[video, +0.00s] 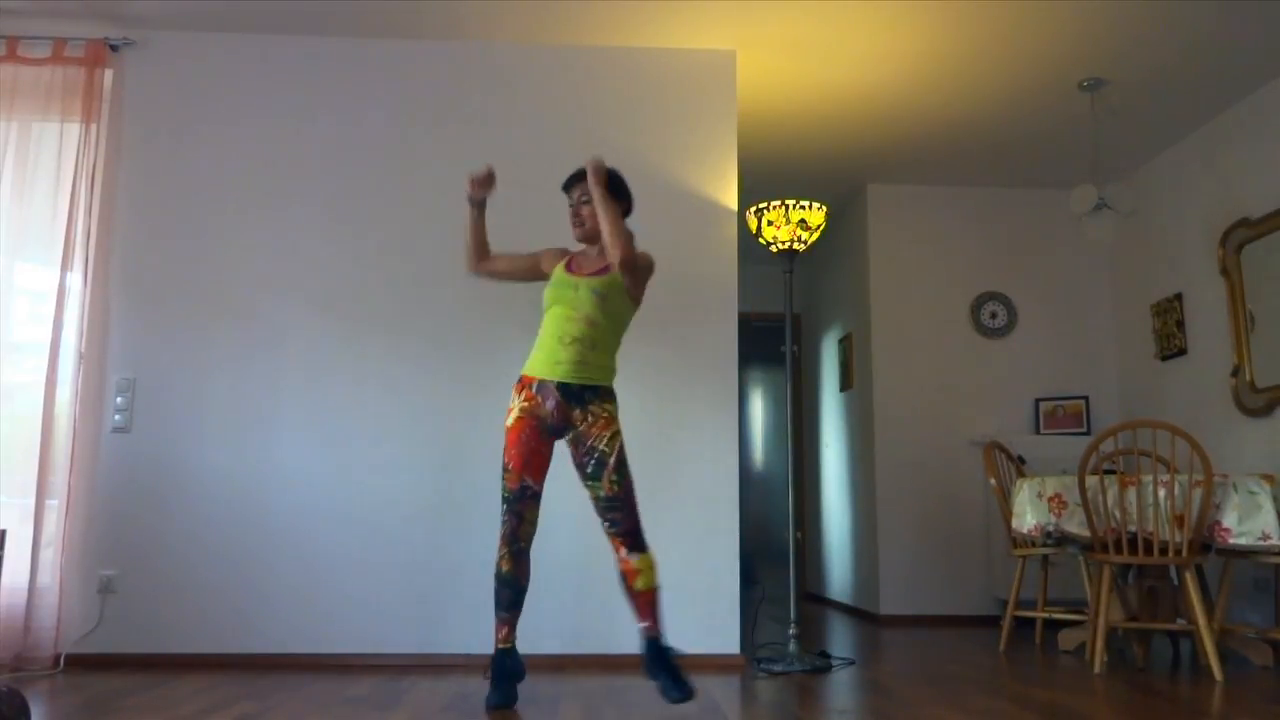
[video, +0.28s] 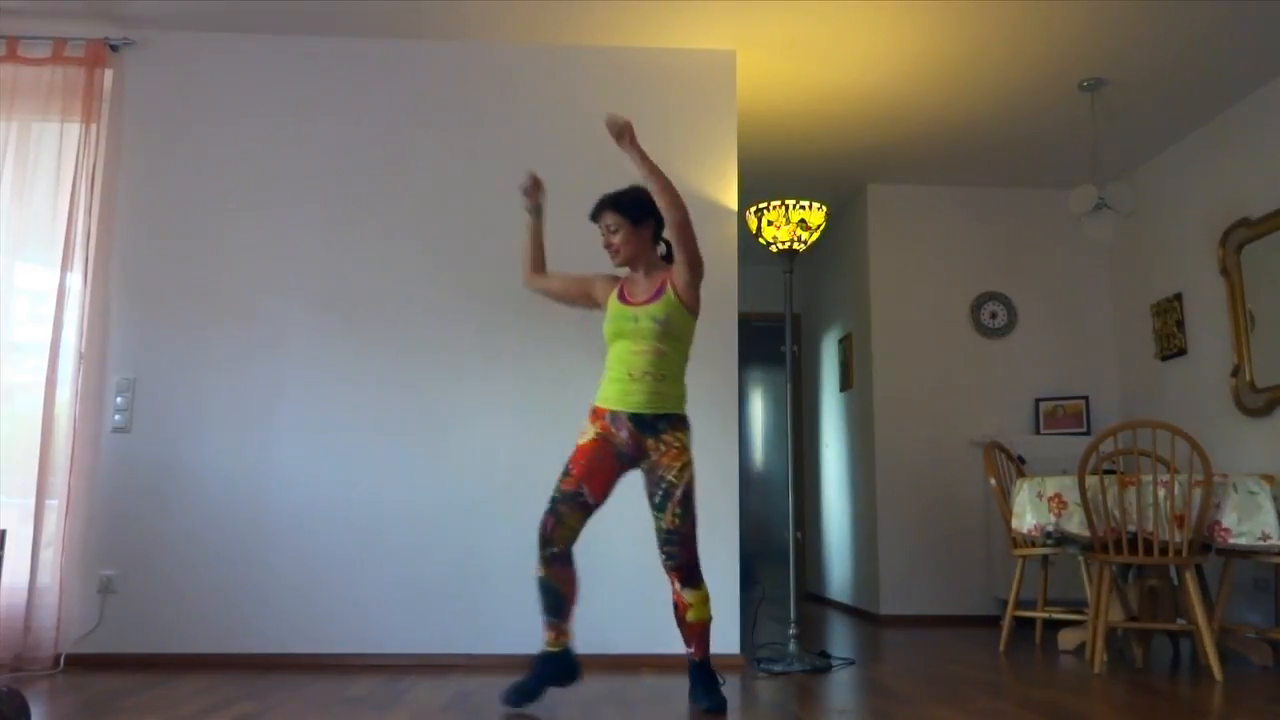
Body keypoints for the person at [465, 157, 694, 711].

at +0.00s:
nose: (578, 213)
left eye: (589, 204)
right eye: (572, 205)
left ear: (615, 211)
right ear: (568, 213)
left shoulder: (634, 268)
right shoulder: (557, 261)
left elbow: (618, 252)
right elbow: (481, 263)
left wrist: (599, 186)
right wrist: (477, 205)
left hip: (592, 403)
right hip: (533, 396)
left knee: (625, 528)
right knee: (515, 528)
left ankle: (655, 648)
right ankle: (503, 657)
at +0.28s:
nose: (607, 242)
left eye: (615, 231)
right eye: (602, 234)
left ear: (650, 230)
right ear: (605, 241)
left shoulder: (681, 281)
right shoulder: (609, 289)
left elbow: (676, 215)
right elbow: (537, 277)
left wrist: (634, 149)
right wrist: (534, 211)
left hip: (665, 429)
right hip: (607, 426)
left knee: (679, 553)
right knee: (555, 531)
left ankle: (701, 671)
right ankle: (557, 655)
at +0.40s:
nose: (617, 253)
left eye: (626, 242)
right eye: (612, 244)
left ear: (657, 244)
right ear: (614, 250)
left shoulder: (688, 290)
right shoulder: (617, 302)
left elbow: (712, 301)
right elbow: (558, 343)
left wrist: (673, 241)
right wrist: (567, 291)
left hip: (688, 439)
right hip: (632, 440)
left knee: (691, 564)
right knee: (590, 536)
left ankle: (703, 676)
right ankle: (642, 662)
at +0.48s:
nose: (620, 255)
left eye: (629, 245)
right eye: (616, 248)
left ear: (662, 246)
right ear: (615, 256)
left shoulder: (696, 303)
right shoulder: (616, 311)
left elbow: (732, 365)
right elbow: (592, 377)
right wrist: (568, 349)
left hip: (696, 441)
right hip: (640, 443)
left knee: (693, 565)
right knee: (630, 547)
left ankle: (702, 682)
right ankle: (685, 669)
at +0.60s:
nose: (634, 243)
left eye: (645, 236)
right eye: (626, 237)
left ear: (669, 247)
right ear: (617, 251)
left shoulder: (697, 308)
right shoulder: (611, 316)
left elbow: (725, 390)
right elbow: (612, 393)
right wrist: (578, 425)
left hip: (699, 442)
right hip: (641, 445)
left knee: (699, 553)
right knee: (665, 540)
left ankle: (701, 676)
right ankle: (701, 673)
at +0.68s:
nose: (642, 228)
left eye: (651, 221)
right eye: (631, 222)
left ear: (667, 235)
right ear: (616, 239)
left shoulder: (697, 294)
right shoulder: (609, 304)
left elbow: (734, 370)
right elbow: (602, 391)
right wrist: (606, 349)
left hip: (697, 432)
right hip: (639, 435)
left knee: (697, 553)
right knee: (650, 550)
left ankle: (703, 675)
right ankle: (682, 670)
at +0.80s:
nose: (635, 205)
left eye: (643, 197)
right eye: (623, 198)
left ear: (655, 211)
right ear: (604, 216)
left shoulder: (681, 265)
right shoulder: (595, 271)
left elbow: (752, 298)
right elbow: (593, 312)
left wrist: (747, 245)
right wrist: (631, 255)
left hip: (688, 405)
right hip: (629, 407)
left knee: (694, 537)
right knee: (615, 532)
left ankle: (699, 662)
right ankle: (610, 662)